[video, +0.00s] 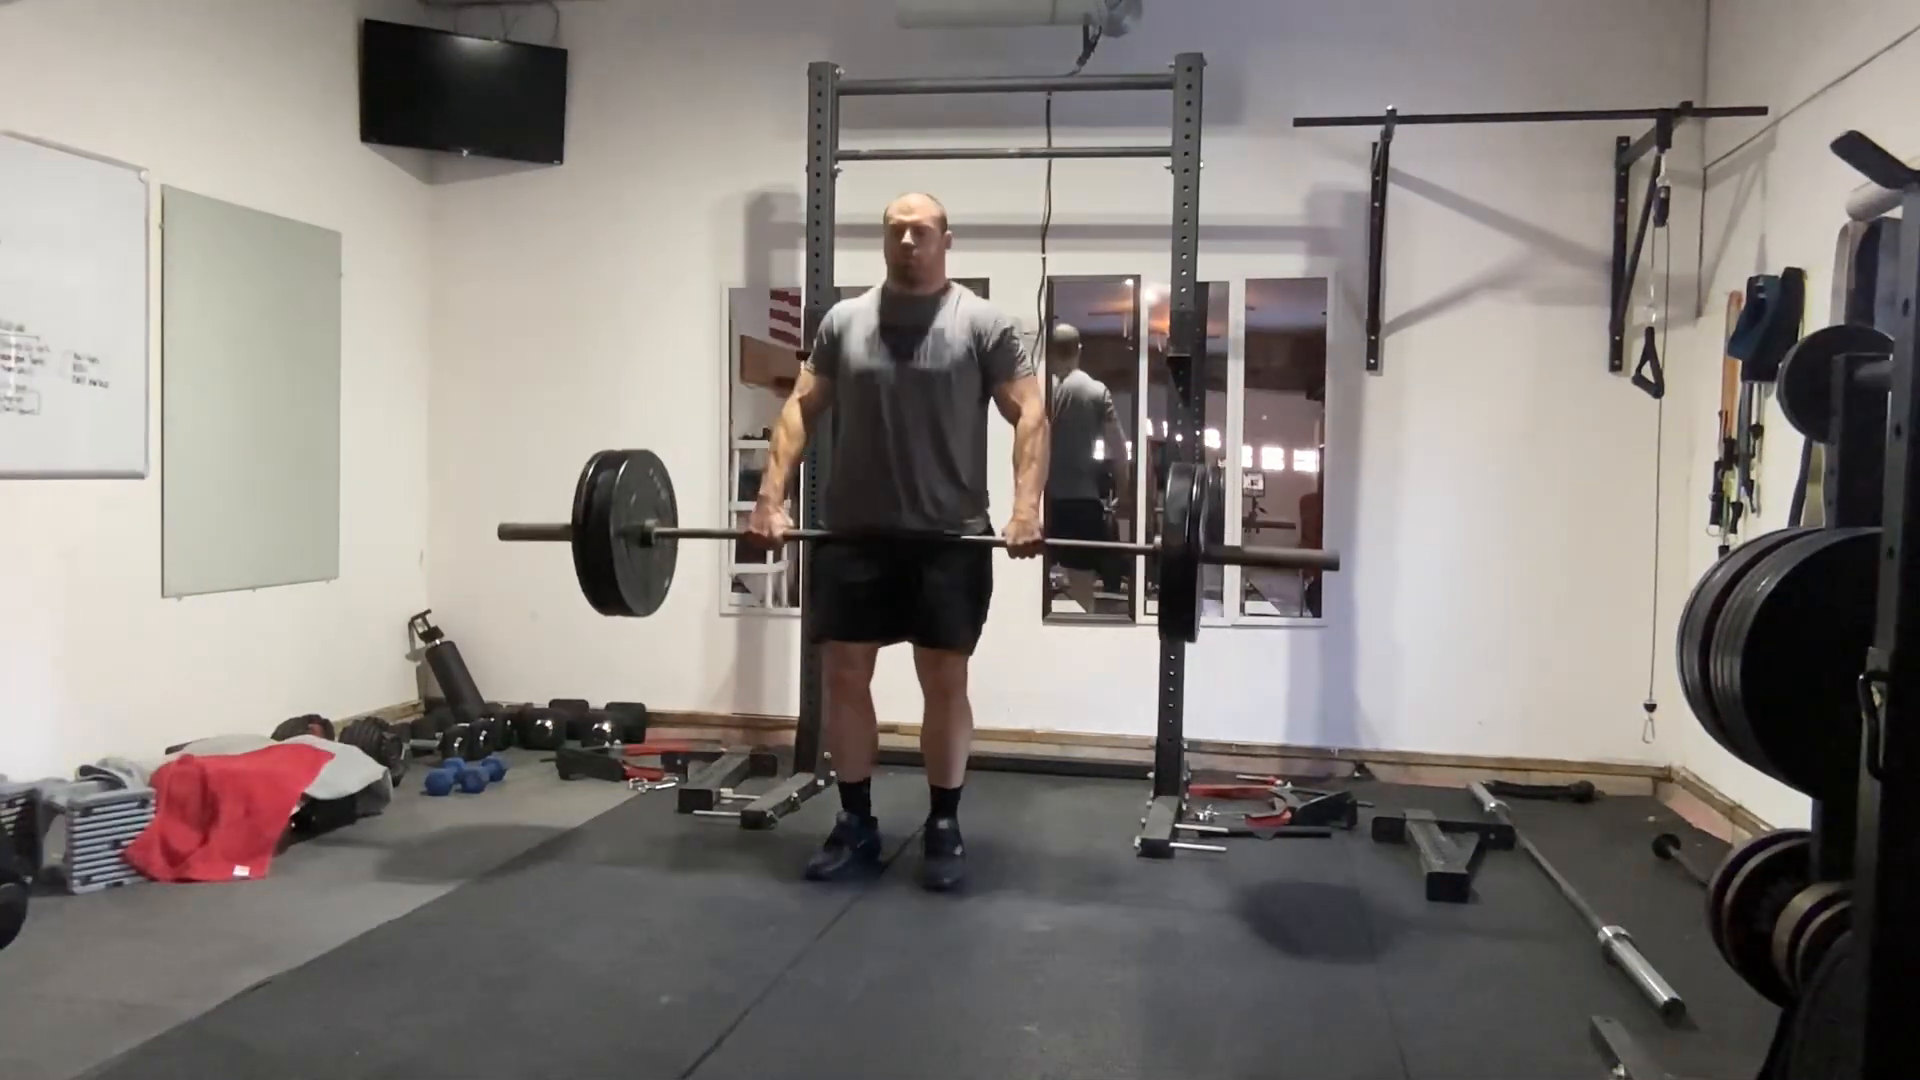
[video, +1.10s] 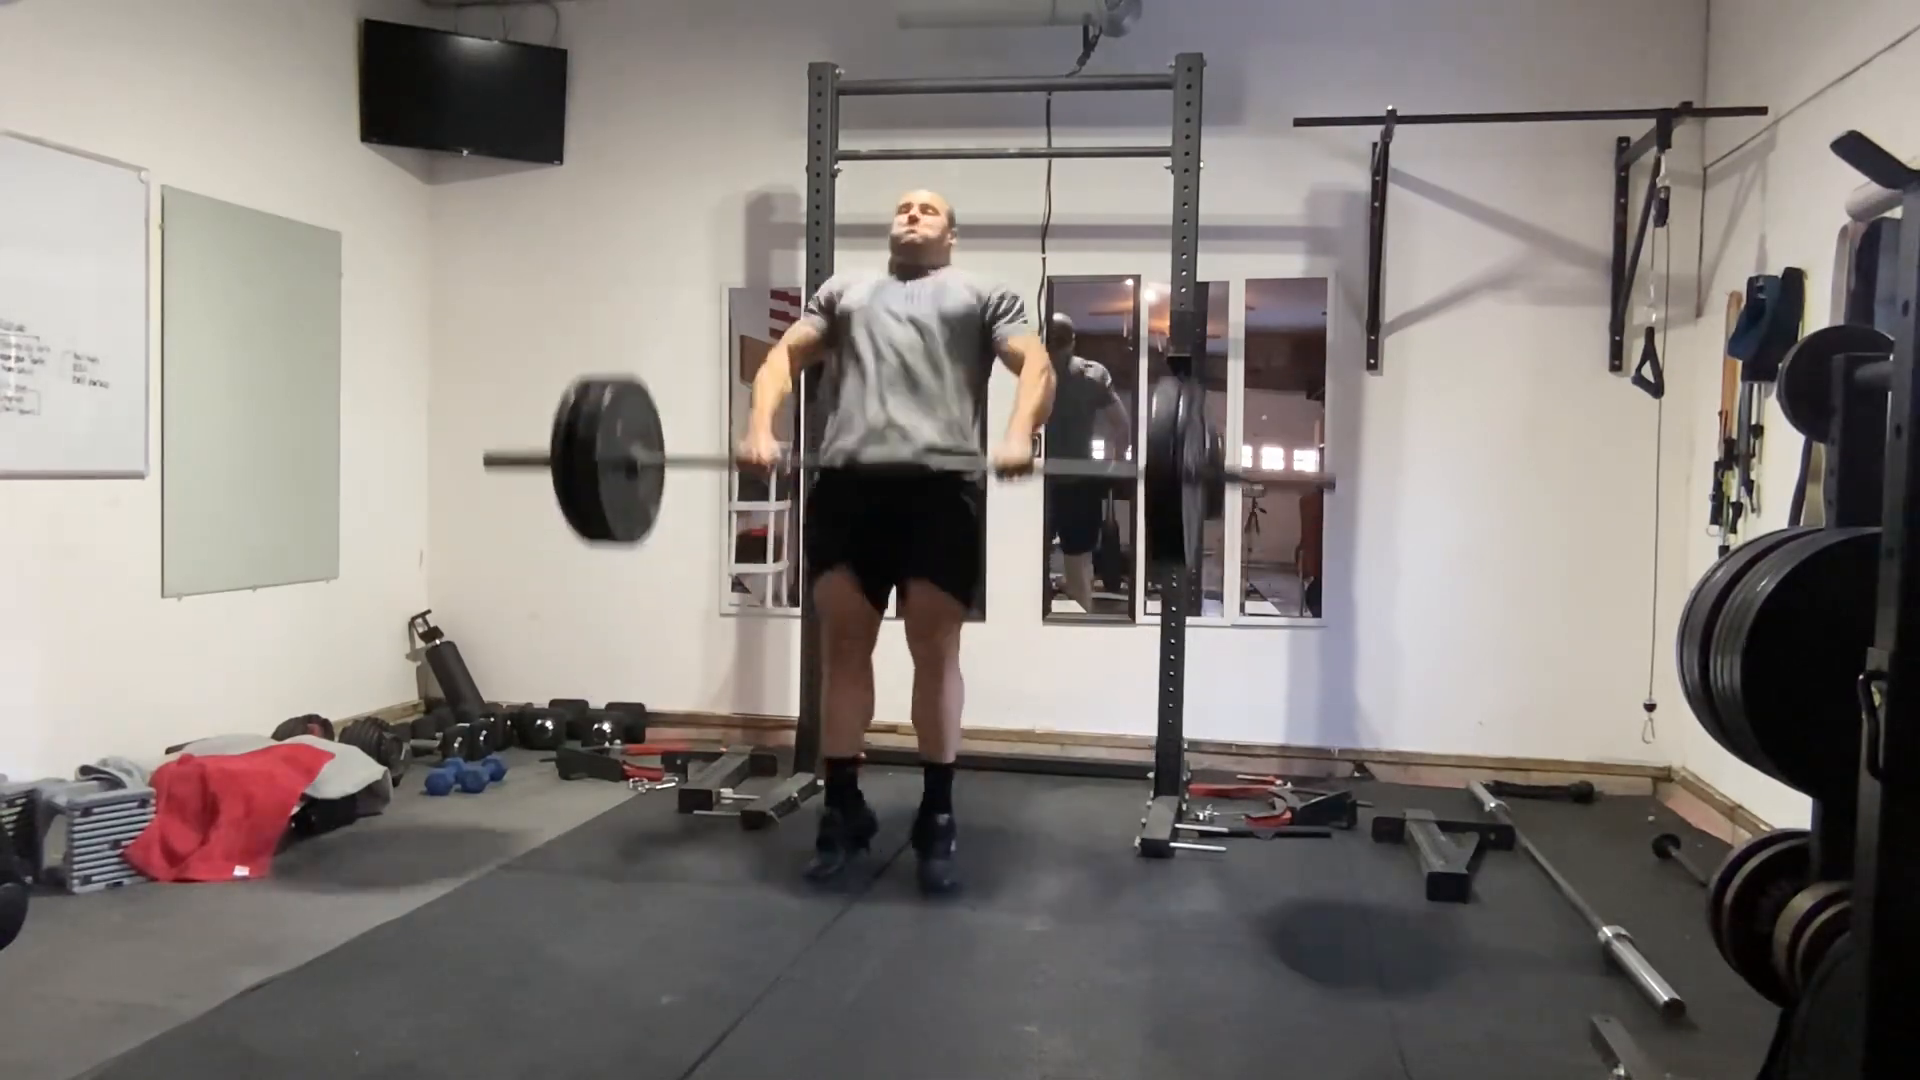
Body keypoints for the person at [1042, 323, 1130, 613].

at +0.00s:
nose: (1050, 358)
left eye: (1051, 352)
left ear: (1048, 351)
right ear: (1079, 350)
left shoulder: (1038, 390)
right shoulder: (1096, 391)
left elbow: (1028, 446)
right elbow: (1117, 449)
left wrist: (1027, 494)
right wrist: (1123, 496)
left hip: (1044, 499)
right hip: (1082, 499)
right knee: (1080, 576)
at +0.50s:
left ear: (1047, 395)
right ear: (1075, 396)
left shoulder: (1031, 424)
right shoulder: (1095, 433)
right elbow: (1111, 493)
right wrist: (1118, 542)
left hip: (1032, 503)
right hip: (1077, 505)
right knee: (1091, 583)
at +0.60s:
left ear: (1047, 403)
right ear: (1075, 404)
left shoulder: (1032, 432)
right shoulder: (1094, 440)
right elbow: (1111, 501)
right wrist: (1118, 554)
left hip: (1034, 503)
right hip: (1078, 505)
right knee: (1091, 582)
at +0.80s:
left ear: (1049, 399)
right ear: (1076, 400)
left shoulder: (1034, 427)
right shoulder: (1093, 435)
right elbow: (1112, 492)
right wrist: (1120, 545)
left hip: (1037, 497)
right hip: (1078, 499)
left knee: (1032, 567)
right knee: (1090, 574)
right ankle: (1088, 635)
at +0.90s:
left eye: (1058, 381)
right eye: (1071, 380)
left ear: (1049, 381)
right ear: (1076, 381)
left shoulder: (1034, 412)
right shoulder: (1094, 418)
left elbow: (1019, 457)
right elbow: (1114, 470)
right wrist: (1119, 526)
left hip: (1038, 492)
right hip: (1079, 493)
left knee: (1035, 562)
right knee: (1083, 572)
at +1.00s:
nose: (1049, 363)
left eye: (1051, 357)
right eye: (1053, 356)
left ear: (1050, 358)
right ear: (1075, 356)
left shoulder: (1038, 394)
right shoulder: (1093, 392)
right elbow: (1117, 441)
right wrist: (1118, 494)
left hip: (1046, 495)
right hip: (1082, 494)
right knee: (1083, 576)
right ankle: (1090, 631)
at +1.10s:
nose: (1059, 346)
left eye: (1058, 340)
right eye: (1060, 340)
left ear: (1044, 341)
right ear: (1073, 340)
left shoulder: (1031, 376)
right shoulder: (1093, 374)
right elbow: (1121, 423)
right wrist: (1116, 464)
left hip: (1037, 478)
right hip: (1079, 477)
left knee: (1033, 558)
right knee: (1077, 563)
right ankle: (1082, 626)